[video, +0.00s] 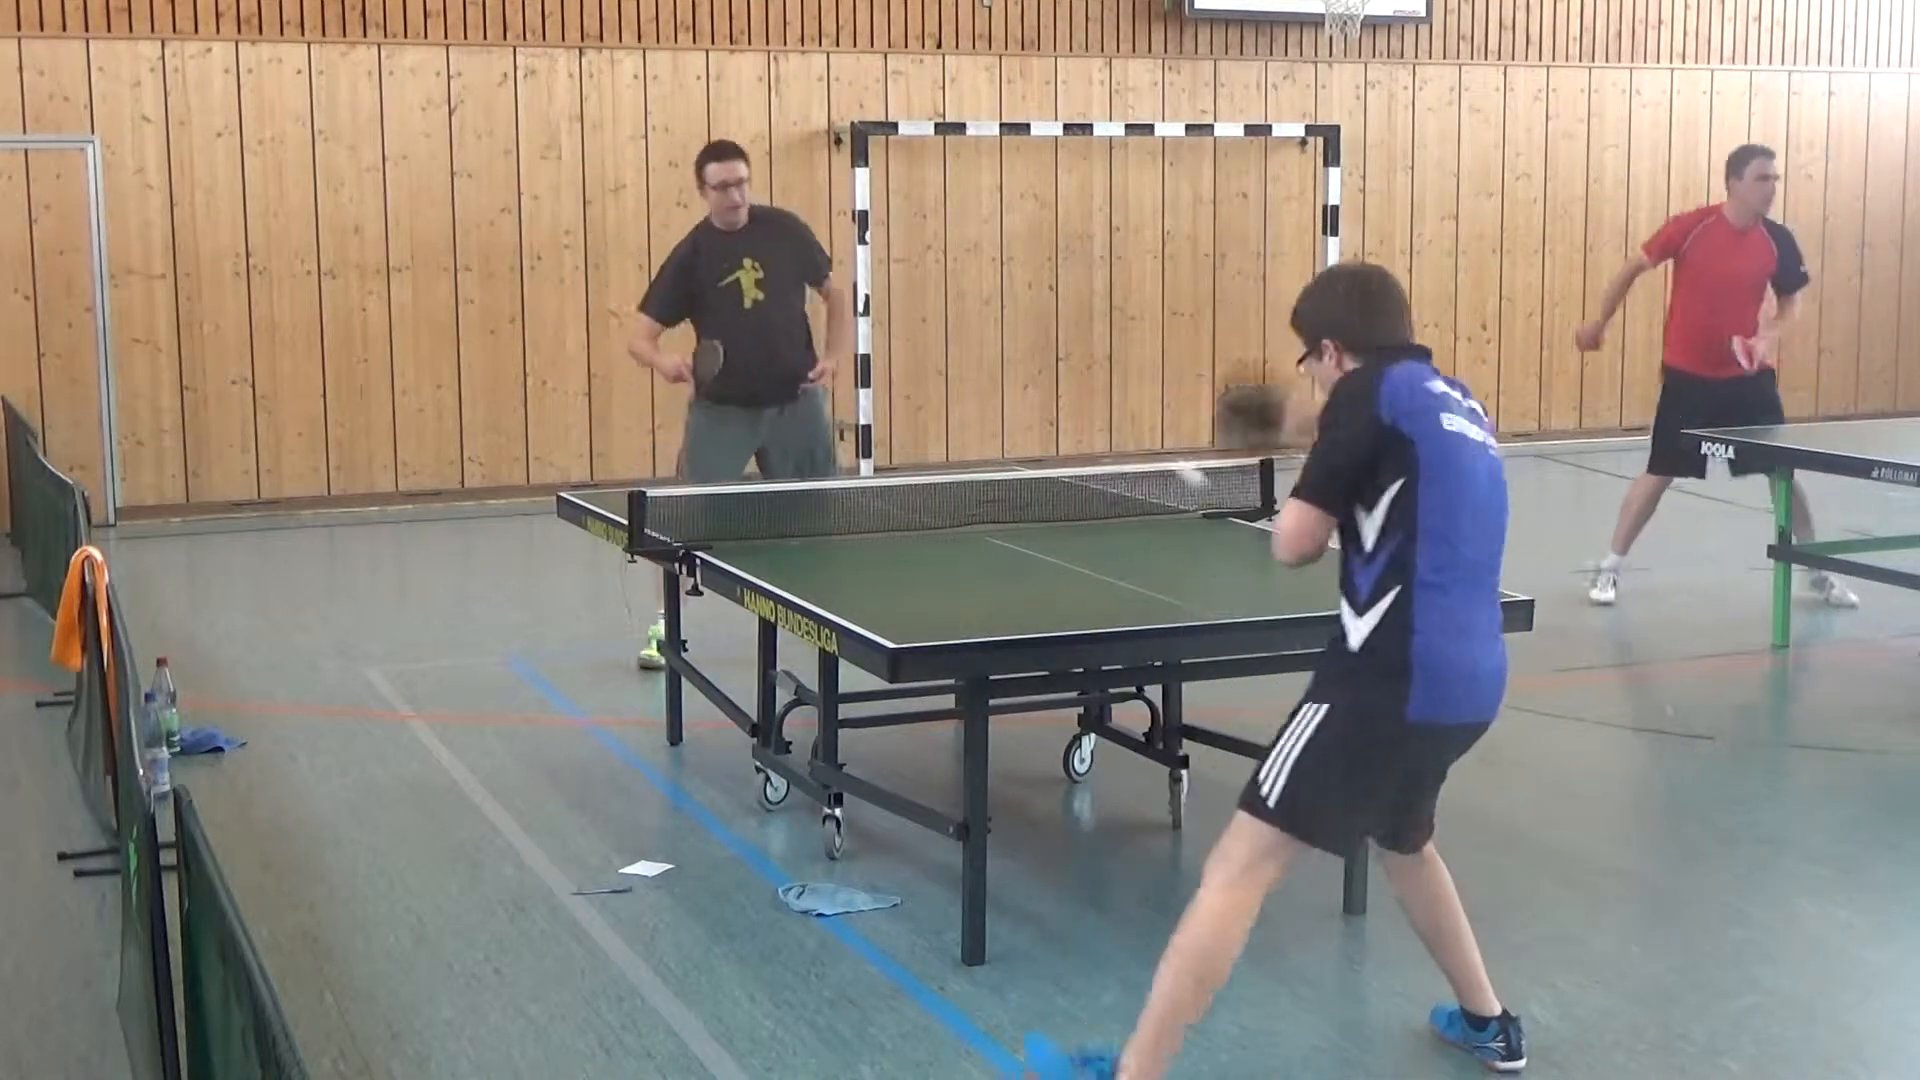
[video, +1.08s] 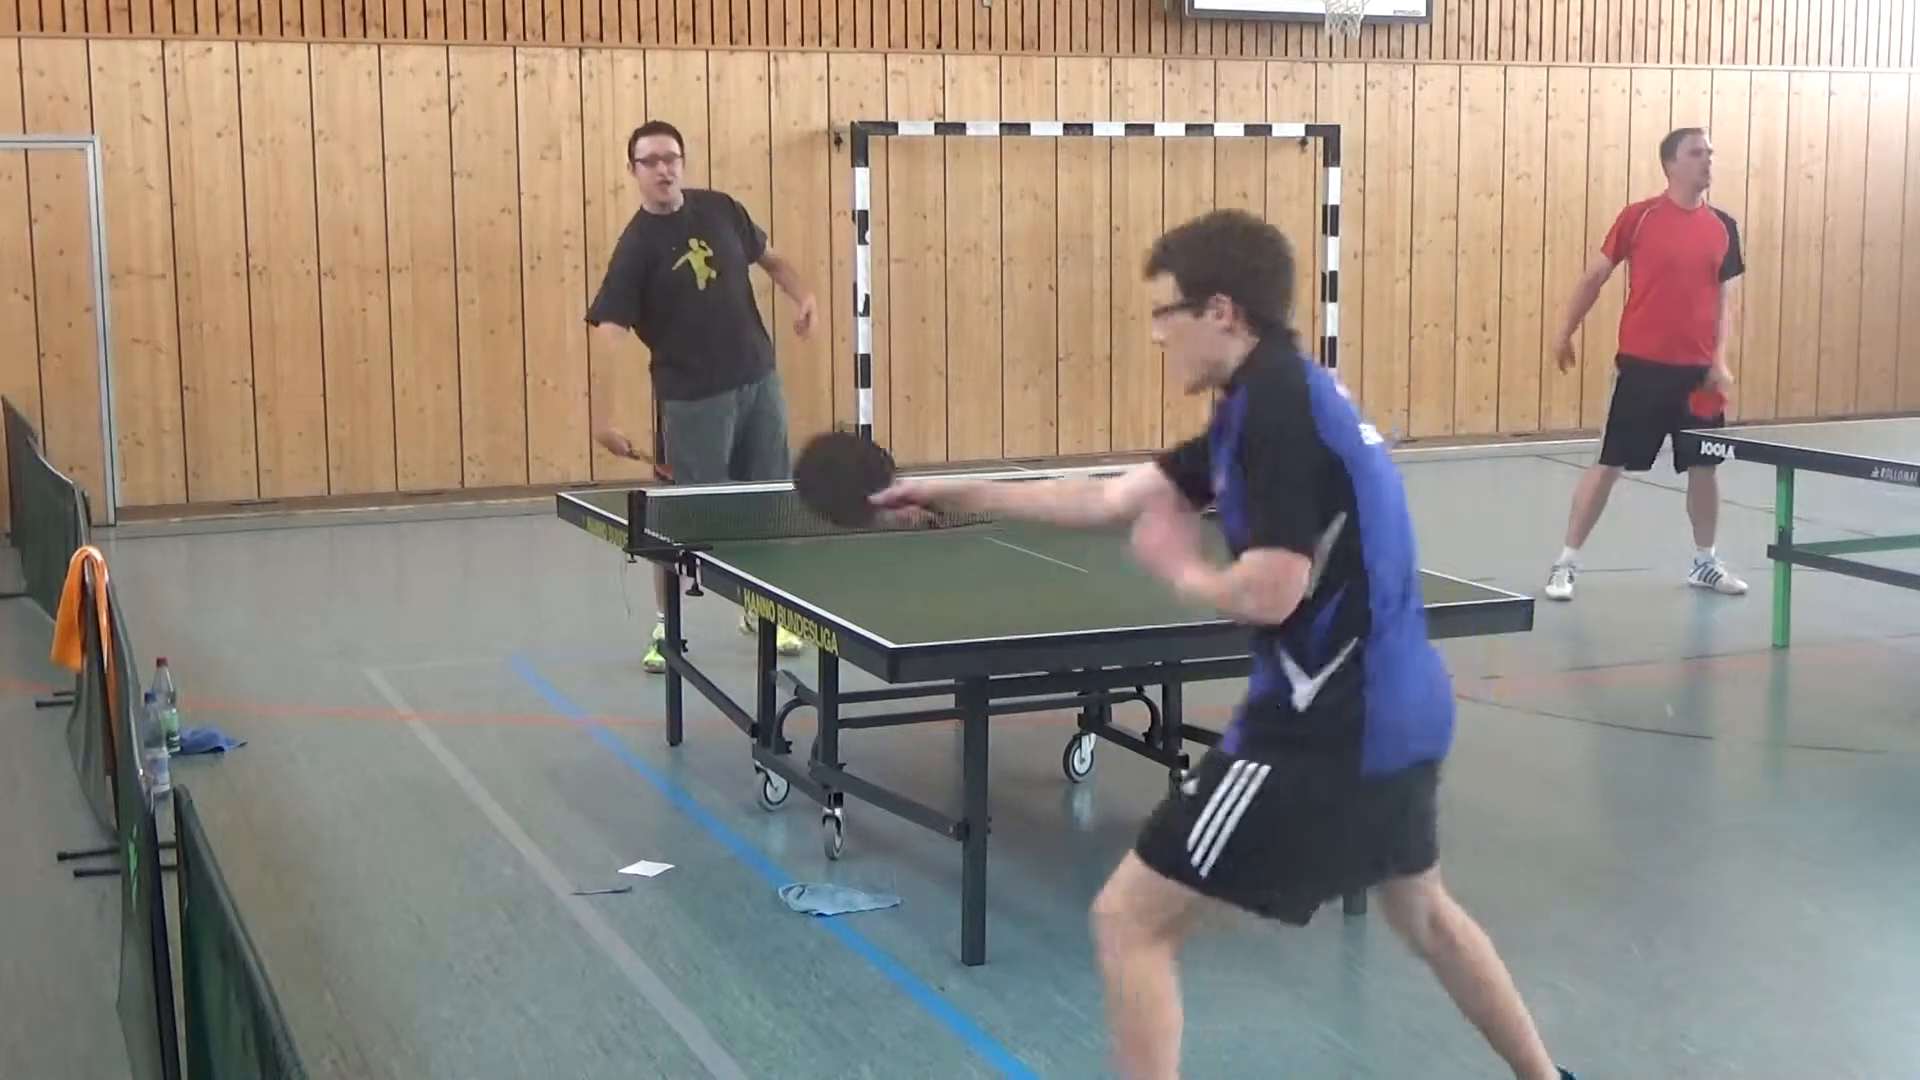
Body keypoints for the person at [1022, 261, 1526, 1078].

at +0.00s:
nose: (1313, 374)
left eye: (1311, 356)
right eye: (1309, 357)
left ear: (1340, 348)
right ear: (1398, 337)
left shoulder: (1369, 395)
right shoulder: (1457, 399)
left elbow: (1293, 544)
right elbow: (1431, 527)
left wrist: (1336, 472)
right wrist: (1344, 479)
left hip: (1384, 681)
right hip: (1469, 679)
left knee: (1242, 865)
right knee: (1405, 834)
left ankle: (1135, 1066)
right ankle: (1489, 1018)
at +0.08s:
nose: (1325, 362)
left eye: (1323, 344)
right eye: (1321, 344)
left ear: (1351, 340)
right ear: (1410, 330)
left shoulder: (1386, 392)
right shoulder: (1464, 392)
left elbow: (1316, 540)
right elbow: (1442, 522)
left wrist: (1367, 485)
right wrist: (1358, 480)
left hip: (1400, 680)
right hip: (1475, 679)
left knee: (1255, 863)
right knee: (1400, 839)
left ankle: (1201, 1069)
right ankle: (1489, 1021)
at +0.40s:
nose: (1318, 331)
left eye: (1320, 316)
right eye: (1318, 316)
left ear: (1342, 320)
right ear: (1418, 314)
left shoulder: (1356, 396)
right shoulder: (1485, 404)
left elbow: (1272, 563)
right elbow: (1544, 582)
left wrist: (1283, 559)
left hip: (1404, 696)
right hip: (1497, 691)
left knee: (1272, 898)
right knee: (1441, 848)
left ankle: (1315, 1068)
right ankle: (1504, 1018)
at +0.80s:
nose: (1292, 309)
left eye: (1292, 293)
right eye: (1291, 292)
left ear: (1312, 297)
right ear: (1392, 288)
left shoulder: (1315, 372)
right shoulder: (1478, 382)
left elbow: (1302, 521)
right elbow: (1539, 539)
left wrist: (1261, 582)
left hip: (1387, 682)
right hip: (1505, 682)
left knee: (1254, 889)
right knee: (1502, 873)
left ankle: (1258, 1071)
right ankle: (1567, 1070)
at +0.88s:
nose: (1275, 340)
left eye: (1276, 320)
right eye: (1273, 320)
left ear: (1308, 318)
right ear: (1370, 309)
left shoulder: (1317, 394)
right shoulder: (1437, 391)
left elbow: (1282, 568)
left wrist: (1287, 544)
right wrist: (1242, 629)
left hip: (1379, 712)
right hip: (1496, 707)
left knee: (1220, 895)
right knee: (1496, 873)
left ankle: (1193, 1070)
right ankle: (1565, 1070)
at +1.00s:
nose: (1220, 350)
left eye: (1225, 330)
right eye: (1220, 331)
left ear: (1263, 332)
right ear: (1296, 325)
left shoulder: (1313, 411)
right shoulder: (1361, 401)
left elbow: (1275, 598)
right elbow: (1165, 517)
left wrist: (1246, 496)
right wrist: (999, 540)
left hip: (1355, 738)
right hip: (1451, 726)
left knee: (1173, 914)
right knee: (1450, 892)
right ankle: (1552, 1069)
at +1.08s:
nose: (1157, 333)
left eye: (1166, 314)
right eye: (1157, 315)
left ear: (1224, 316)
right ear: (1233, 316)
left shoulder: (1273, 403)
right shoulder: (1285, 396)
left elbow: (1276, 589)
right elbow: (1115, 499)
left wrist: (1185, 569)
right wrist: (956, 499)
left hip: (1318, 730)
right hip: (1403, 718)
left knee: (1130, 921)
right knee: (1422, 909)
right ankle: (1541, 1071)